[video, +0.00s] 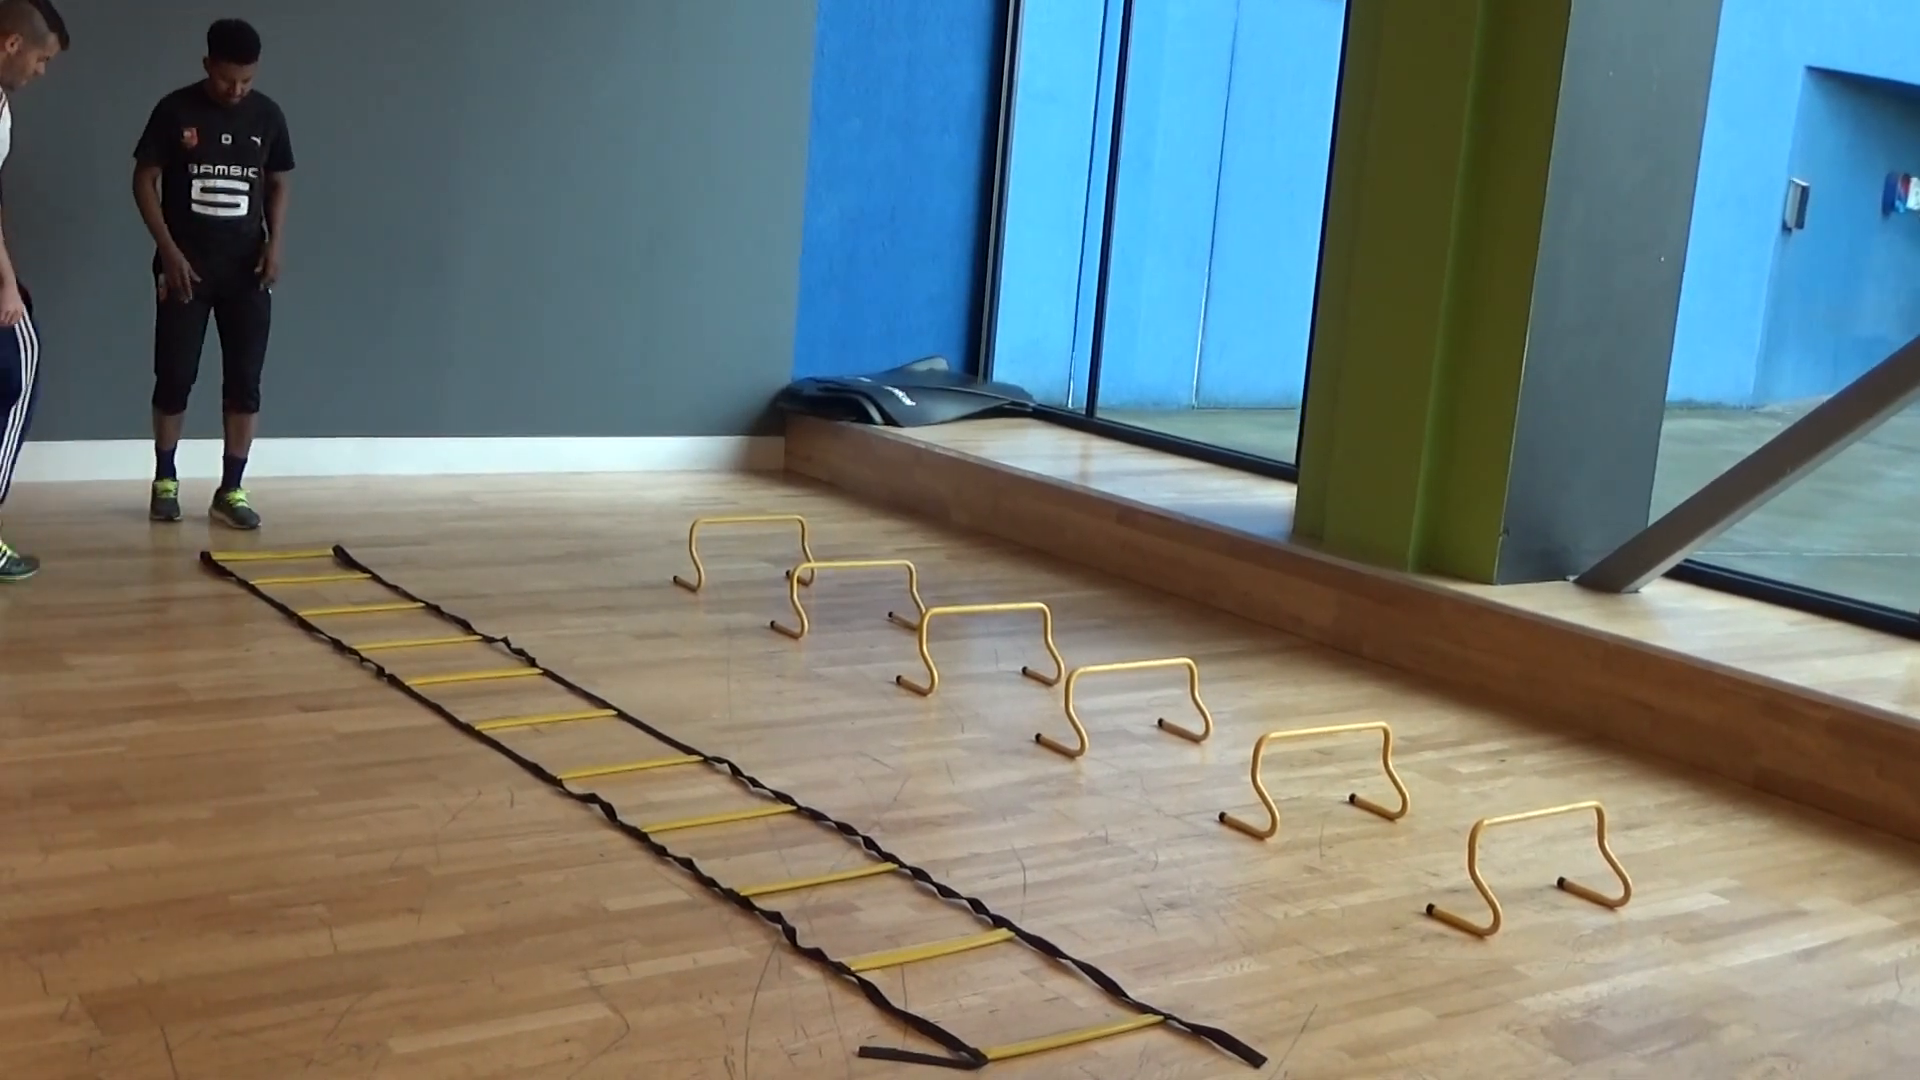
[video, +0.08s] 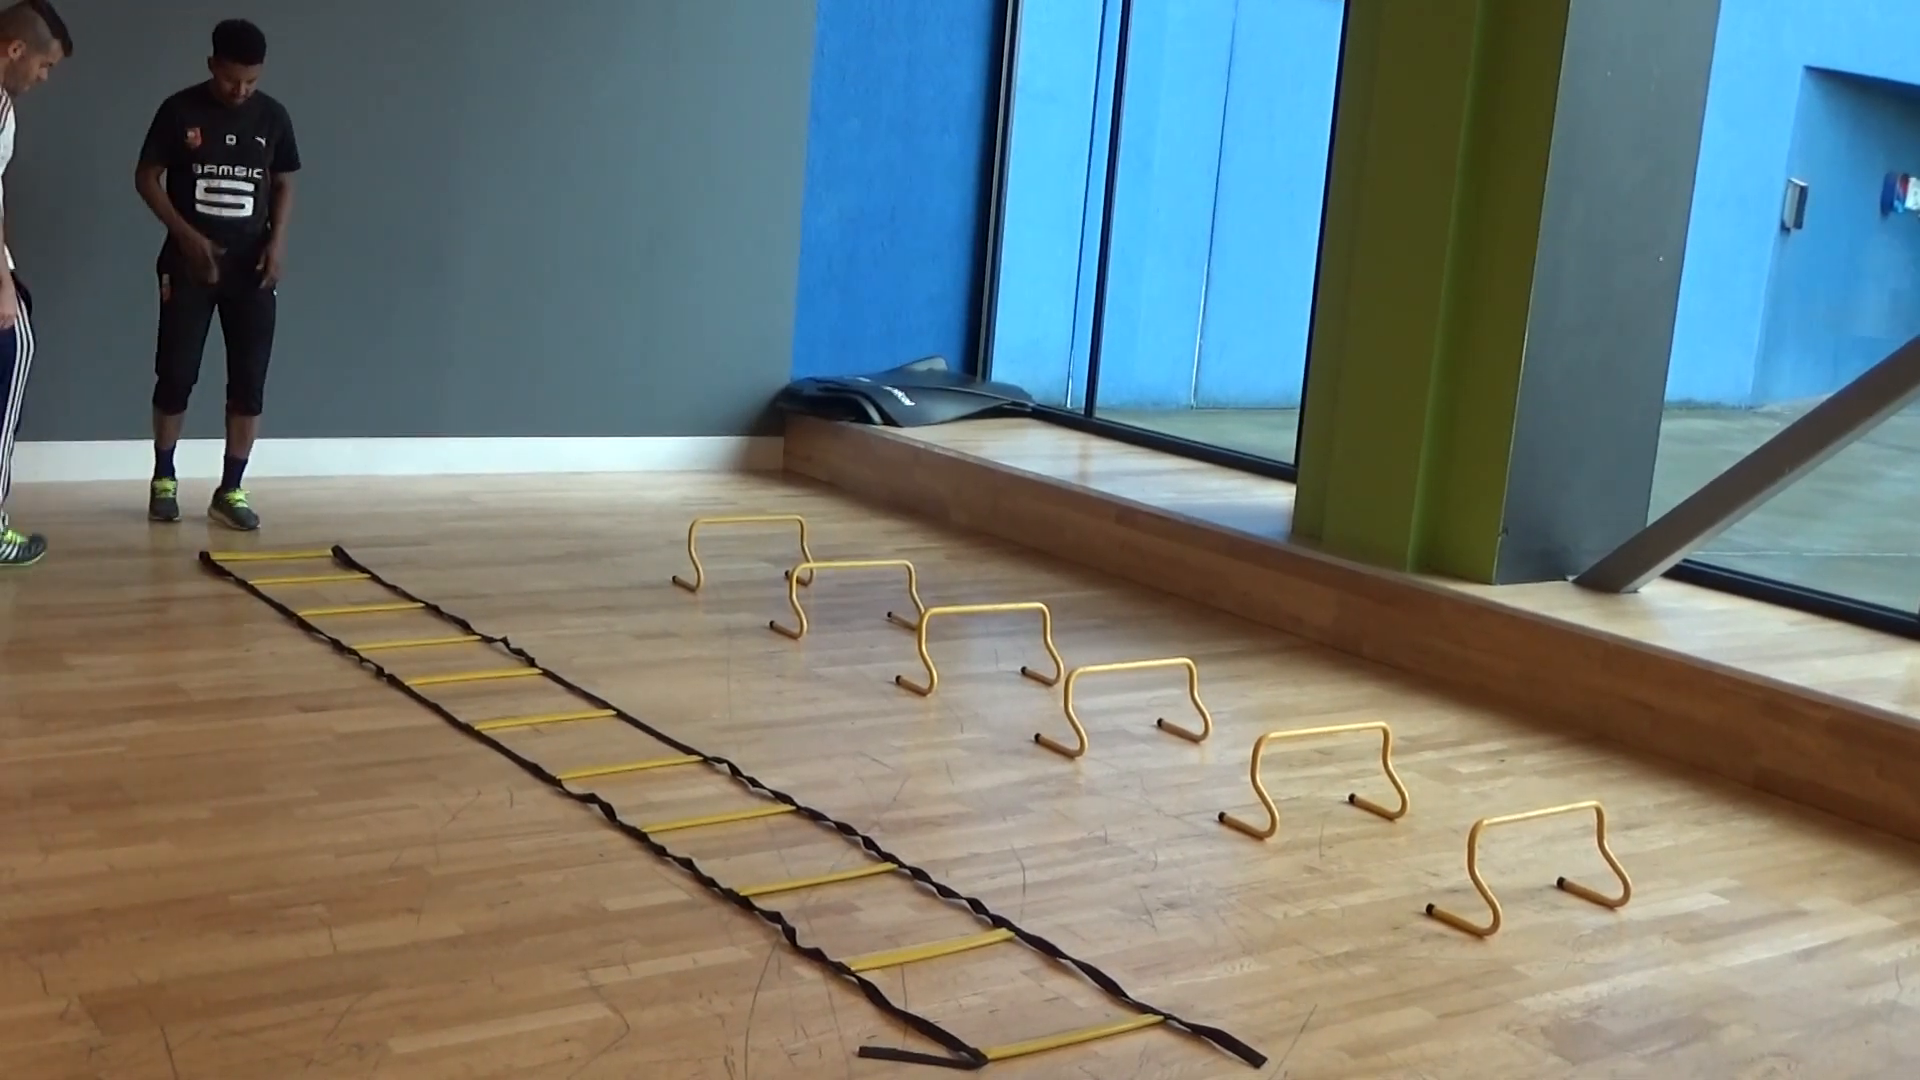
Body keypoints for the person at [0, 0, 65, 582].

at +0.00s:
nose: (40, 72)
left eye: (45, 63)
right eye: (40, 60)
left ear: (13, 48)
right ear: (12, 46)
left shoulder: (5, 107)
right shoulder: (1, 108)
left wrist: (7, 278)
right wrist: (6, 282)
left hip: (5, 282)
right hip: (2, 286)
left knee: (22, 376)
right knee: (20, 378)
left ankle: (0, 533)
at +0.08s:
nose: (44, 78)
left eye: (49, 68)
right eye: (44, 65)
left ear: (15, 54)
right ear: (15, 51)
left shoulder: (7, 112)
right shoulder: (2, 113)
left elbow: (1, 205)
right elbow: (1, 209)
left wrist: (7, 275)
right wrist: (5, 282)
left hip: (4, 279)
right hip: (2, 284)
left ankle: (2, 521)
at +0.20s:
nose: (58, 84)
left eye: (64, 74)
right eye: (58, 72)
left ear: (26, 57)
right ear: (27, 56)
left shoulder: (12, 103)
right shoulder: (12, 110)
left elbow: (7, 203)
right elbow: (6, 205)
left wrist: (15, 283)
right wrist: (12, 293)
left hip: (9, 276)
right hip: (6, 280)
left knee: (9, 412)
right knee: (6, 414)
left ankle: (2, 520)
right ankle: (0, 524)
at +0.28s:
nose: (67, 89)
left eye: (73, 79)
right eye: (69, 76)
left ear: (35, 55)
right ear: (41, 57)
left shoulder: (10, 93)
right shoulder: (18, 110)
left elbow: (14, 206)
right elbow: (12, 211)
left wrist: (25, 286)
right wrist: (25, 297)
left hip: (11, 278)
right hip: (10, 282)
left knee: (12, 408)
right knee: (11, 410)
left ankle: (2, 522)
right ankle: (1, 524)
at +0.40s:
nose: (79, 88)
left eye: (86, 79)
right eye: (82, 76)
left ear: (50, 52)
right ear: (55, 55)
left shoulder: (10, 78)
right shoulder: (30, 104)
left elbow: (32, 203)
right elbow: (32, 207)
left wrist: (52, 287)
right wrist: (55, 292)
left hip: (12, 271)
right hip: (16, 275)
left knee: (13, 401)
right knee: (15, 404)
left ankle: (2, 519)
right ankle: (1, 521)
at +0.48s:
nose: (85, 85)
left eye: (91, 76)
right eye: (88, 73)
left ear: (55, 49)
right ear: (61, 51)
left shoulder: (8, 70)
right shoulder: (41, 102)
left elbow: (41, 198)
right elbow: (44, 203)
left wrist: (64, 274)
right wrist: (76, 278)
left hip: (10, 267)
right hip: (20, 269)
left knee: (12, 397)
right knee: (16, 399)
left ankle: (2, 520)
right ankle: (1, 521)